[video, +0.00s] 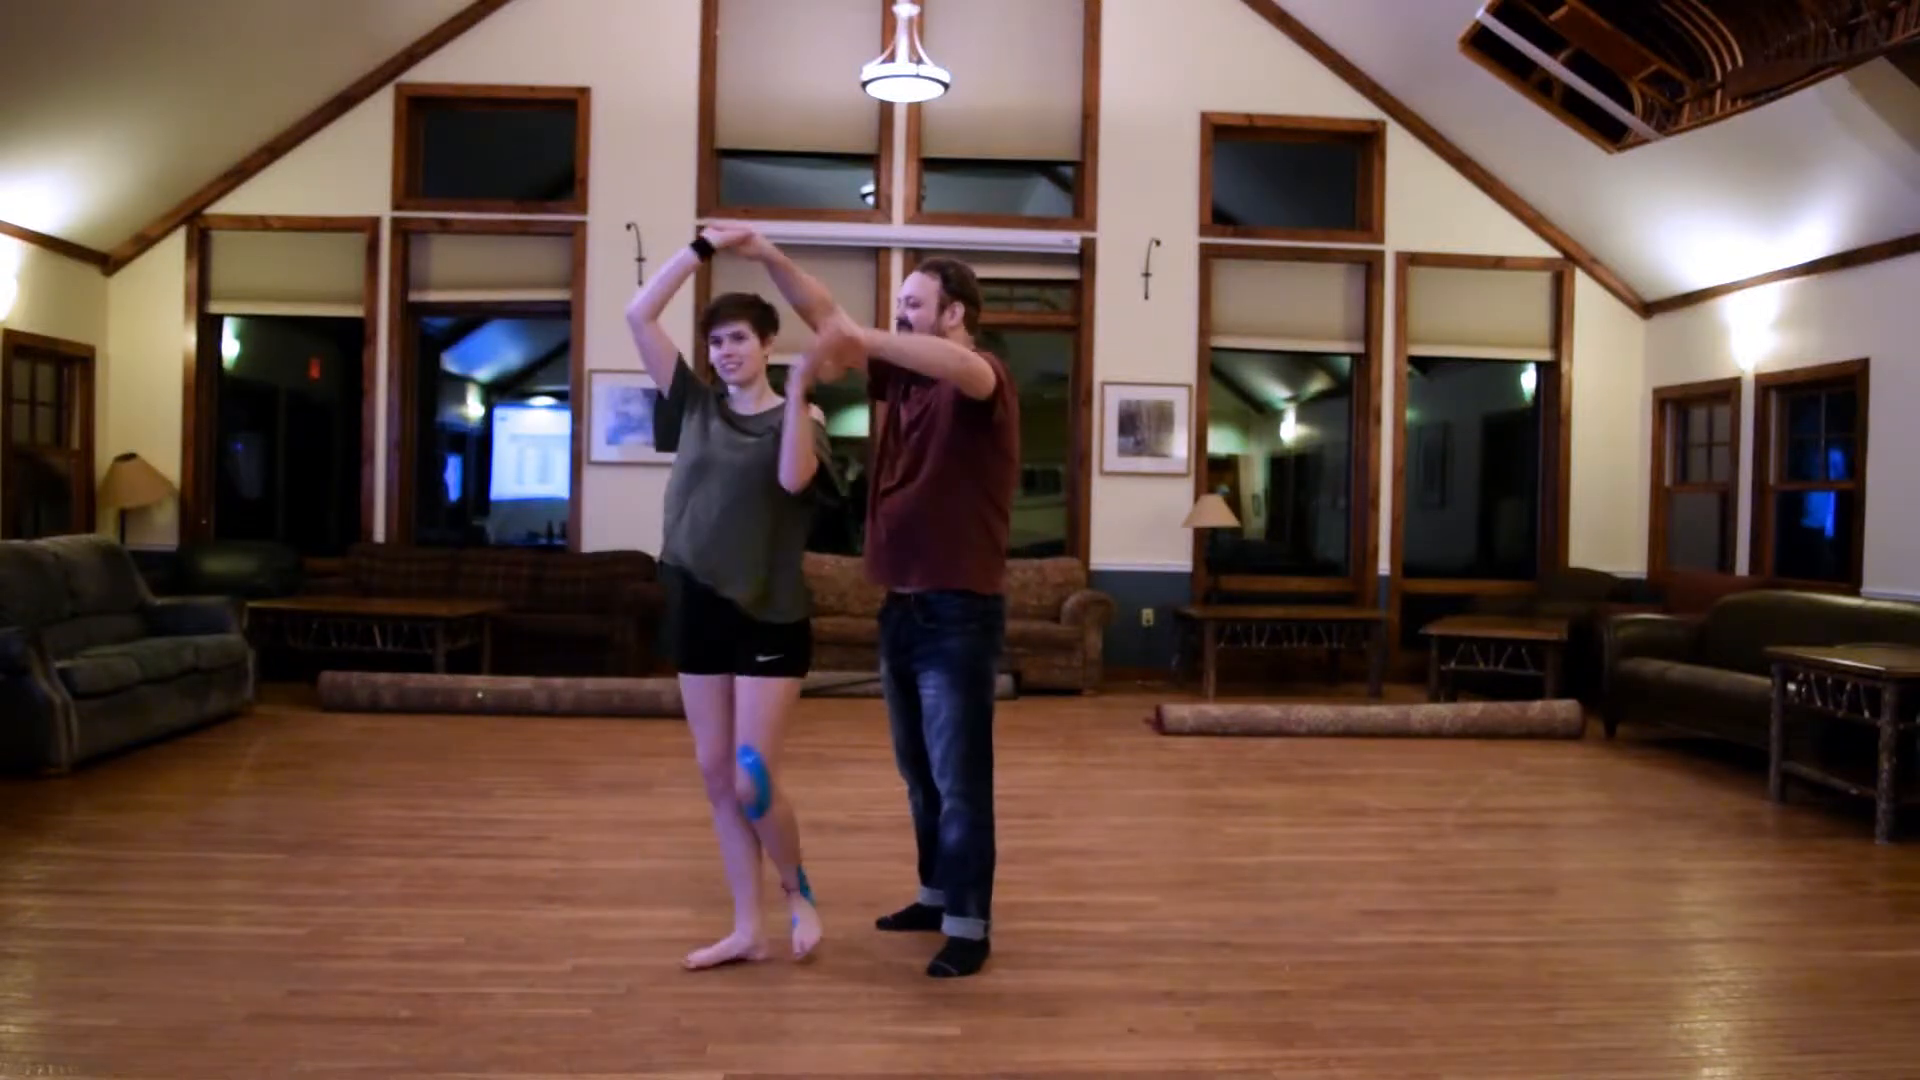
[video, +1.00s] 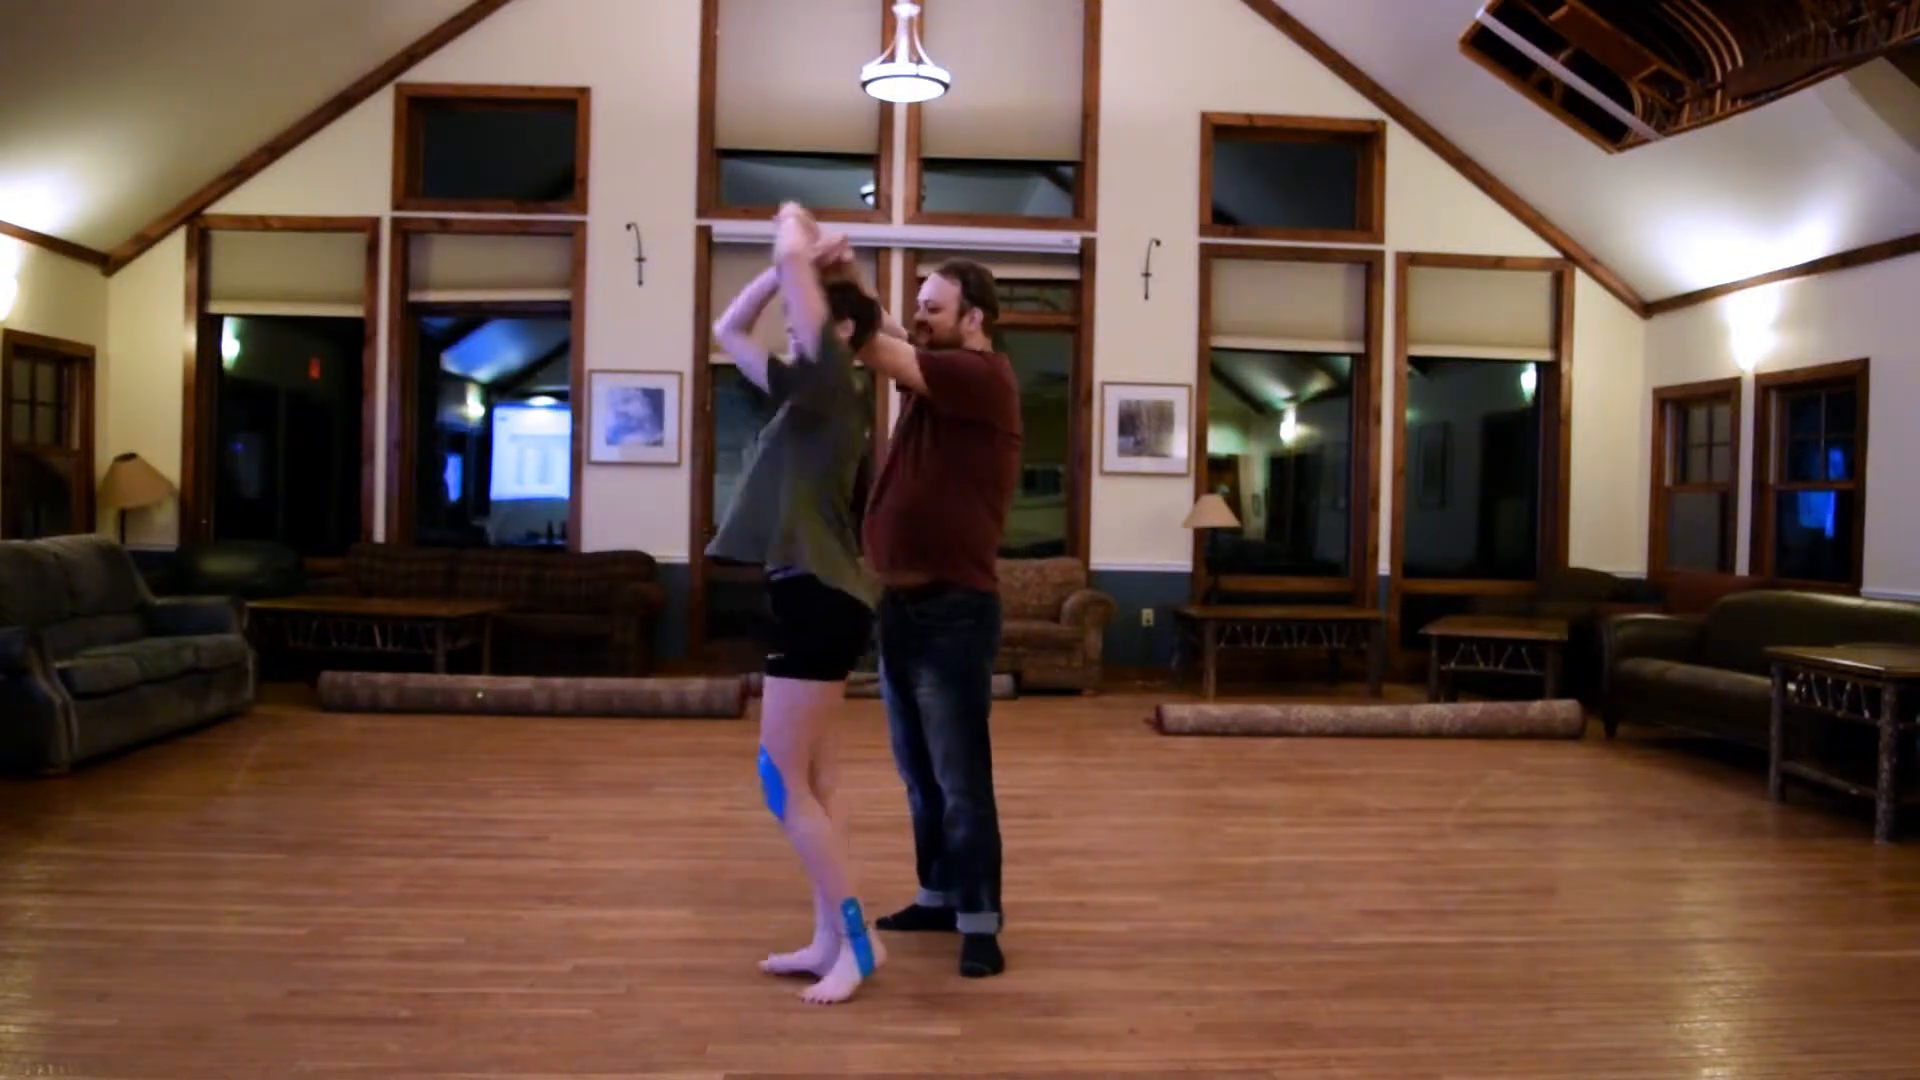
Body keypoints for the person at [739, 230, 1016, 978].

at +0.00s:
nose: (901, 315)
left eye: (914, 305)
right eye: (899, 306)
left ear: (958, 314)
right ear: (909, 316)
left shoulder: (984, 373)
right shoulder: (899, 372)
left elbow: (959, 364)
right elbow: (836, 328)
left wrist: (865, 340)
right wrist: (769, 257)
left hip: (961, 606)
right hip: (903, 605)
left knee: (958, 772)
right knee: (920, 768)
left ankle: (969, 925)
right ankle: (940, 898)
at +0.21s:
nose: (900, 317)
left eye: (913, 308)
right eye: (899, 308)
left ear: (951, 317)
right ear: (904, 317)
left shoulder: (974, 377)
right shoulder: (898, 370)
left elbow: (1007, 436)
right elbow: (848, 361)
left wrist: (927, 514)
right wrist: (829, 340)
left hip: (957, 605)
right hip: (901, 603)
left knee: (959, 771)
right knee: (918, 765)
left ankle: (970, 922)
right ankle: (935, 895)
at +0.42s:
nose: (893, 328)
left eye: (905, 317)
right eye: (893, 317)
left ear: (946, 326)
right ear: (909, 325)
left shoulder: (967, 395)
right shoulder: (903, 382)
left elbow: (936, 509)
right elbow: (816, 381)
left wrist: (873, 579)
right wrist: (835, 427)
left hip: (955, 610)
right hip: (904, 608)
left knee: (956, 771)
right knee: (916, 764)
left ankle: (971, 919)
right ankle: (935, 896)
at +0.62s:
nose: (901, 331)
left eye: (913, 320)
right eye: (901, 320)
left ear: (955, 326)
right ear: (919, 325)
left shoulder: (965, 391)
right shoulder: (919, 374)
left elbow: (876, 483)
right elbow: (841, 365)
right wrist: (799, 388)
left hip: (952, 610)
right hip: (907, 604)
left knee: (952, 770)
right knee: (916, 765)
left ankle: (977, 921)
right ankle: (936, 897)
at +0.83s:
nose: (913, 321)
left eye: (927, 312)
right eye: (914, 311)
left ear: (968, 322)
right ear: (944, 321)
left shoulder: (977, 380)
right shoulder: (940, 368)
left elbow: (864, 399)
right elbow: (868, 336)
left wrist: (790, 352)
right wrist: (793, 303)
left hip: (953, 604)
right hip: (907, 599)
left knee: (956, 771)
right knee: (918, 765)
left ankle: (980, 921)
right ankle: (938, 898)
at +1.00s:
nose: (916, 315)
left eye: (931, 305)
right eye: (917, 305)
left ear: (972, 315)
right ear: (931, 315)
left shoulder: (987, 375)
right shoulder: (936, 375)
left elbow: (887, 354)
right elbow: (870, 346)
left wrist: (841, 284)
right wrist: (834, 281)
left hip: (955, 602)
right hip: (904, 599)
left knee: (959, 771)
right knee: (919, 767)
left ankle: (981, 921)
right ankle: (941, 899)